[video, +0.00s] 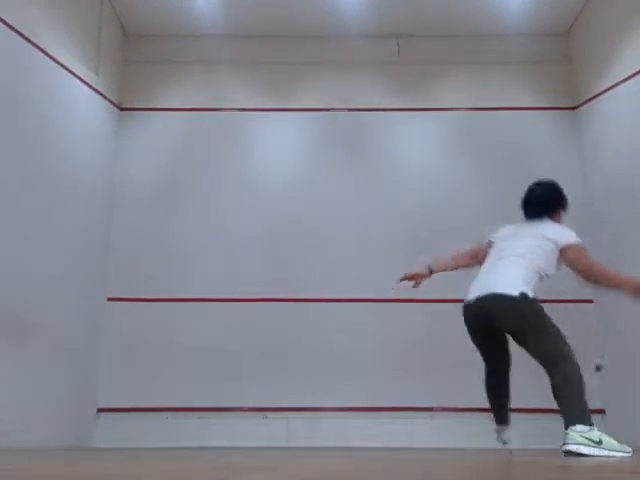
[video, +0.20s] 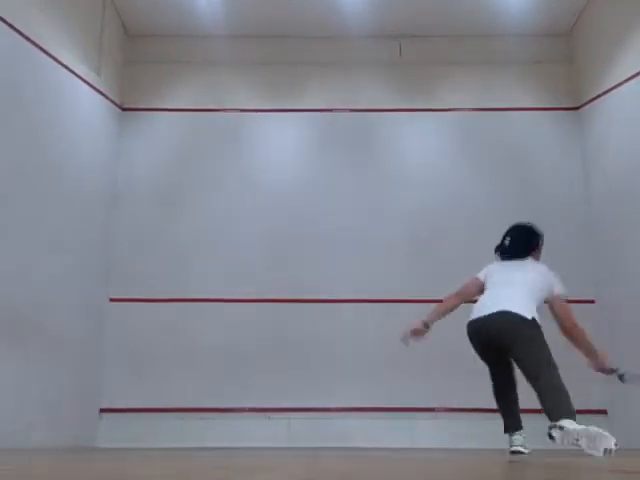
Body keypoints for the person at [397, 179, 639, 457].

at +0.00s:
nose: (564, 215)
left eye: (564, 210)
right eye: (563, 210)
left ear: (528, 209)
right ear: (557, 211)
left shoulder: (504, 233)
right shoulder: (558, 233)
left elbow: (468, 256)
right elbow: (590, 271)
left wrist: (429, 267)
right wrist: (628, 284)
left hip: (475, 305)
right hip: (513, 301)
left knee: (496, 362)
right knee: (560, 360)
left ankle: (501, 427)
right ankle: (579, 429)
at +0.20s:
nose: (541, 252)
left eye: (540, 247)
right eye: (541, 247)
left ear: (508, 247)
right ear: (535, 248)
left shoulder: (492, 269)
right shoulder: (543, 273)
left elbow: (458, 296)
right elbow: (568, 326)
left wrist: (426, 322)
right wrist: (596, 359)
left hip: (479, 325)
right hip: (517, 323)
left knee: (501, 375)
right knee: (543, 372)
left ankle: (514, 435)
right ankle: (563, 422)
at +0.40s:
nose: (531, 269)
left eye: (531, 266)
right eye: (530, 266)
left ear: (497, 263)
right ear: (525, 266)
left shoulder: (487, 276)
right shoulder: (532, 283)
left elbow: (462, 295)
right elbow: (536, 316)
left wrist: (436, 323)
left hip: (482, 314)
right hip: (521, 313)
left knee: (495, 373)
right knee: (533, 370)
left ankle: (515, 435)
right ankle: (533, 400)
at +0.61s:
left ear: (486, 250)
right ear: (515, 251)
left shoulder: (482, 264)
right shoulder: (523, 268)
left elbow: (463, 283)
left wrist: (444, 304)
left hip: (491, 308)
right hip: (531, 308)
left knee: (499, 369)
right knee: (533, 369)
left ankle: (516, 435)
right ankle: (518, 406)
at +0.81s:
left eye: (476, 223)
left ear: (475, 225)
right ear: (504, 226)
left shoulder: (473, 240)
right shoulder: (516, 246)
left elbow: (460, 255)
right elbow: (542, 285)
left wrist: (436, 275)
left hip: (492, 302)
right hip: (531, 301)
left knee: (497, 368)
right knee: (531, 367)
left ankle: (513, 431)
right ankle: (544, 431)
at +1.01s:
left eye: (464, 205)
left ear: (464, 206)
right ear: (491, 208)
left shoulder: (461, 224)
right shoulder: (504, 230)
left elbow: (431, 247)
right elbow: (540, 258)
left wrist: (395, 263)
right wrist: (538, 299)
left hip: (479, 299)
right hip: (517, 299)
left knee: (456, 358)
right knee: (520, 364)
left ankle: (472, 419)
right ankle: (542, 429)